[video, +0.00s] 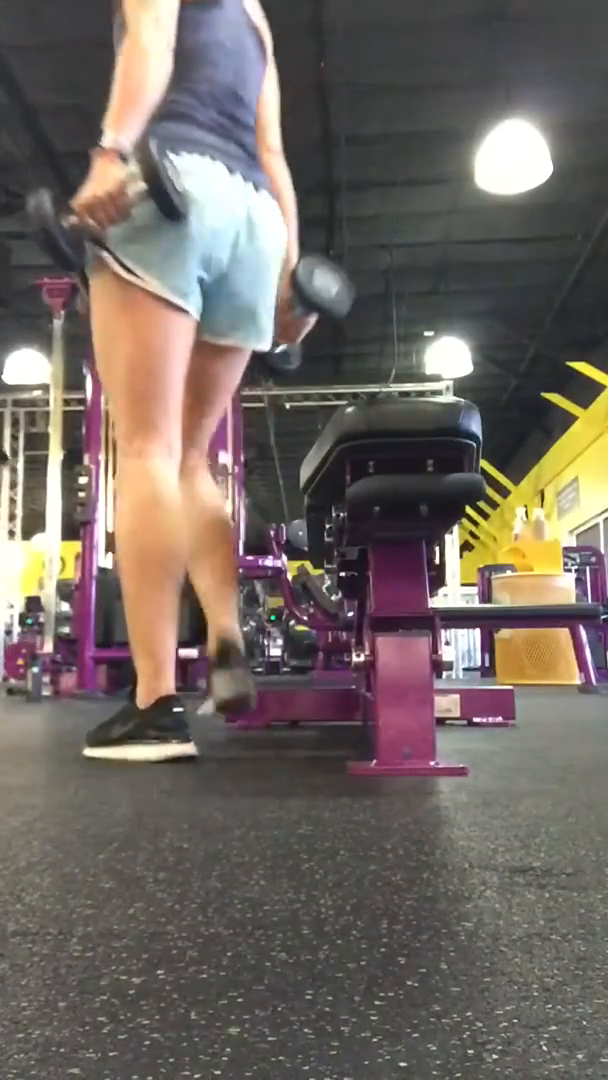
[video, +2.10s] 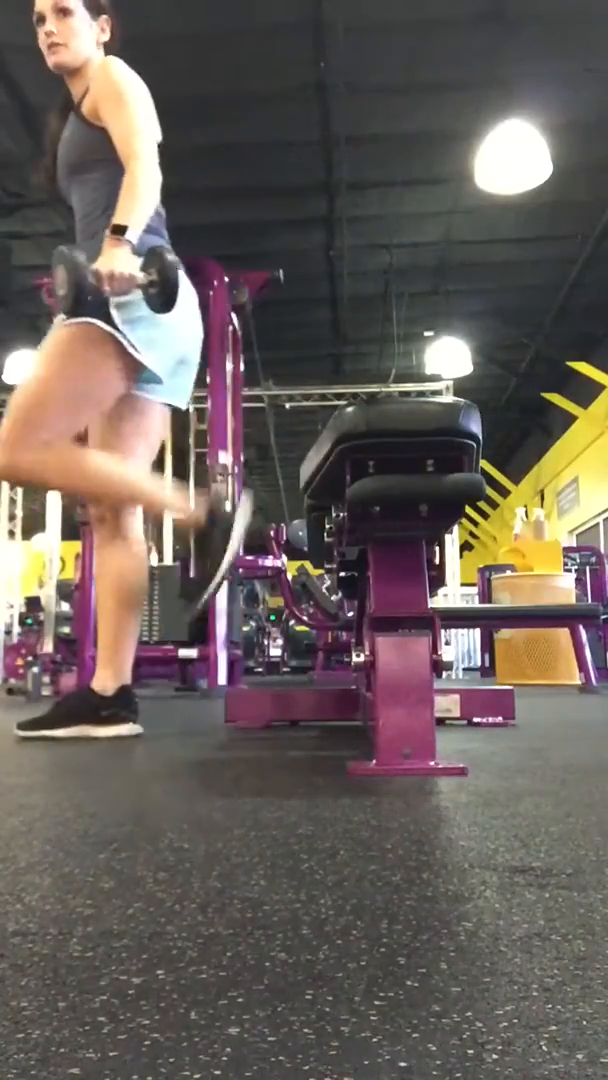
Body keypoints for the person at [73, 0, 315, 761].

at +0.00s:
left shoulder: (161, 3)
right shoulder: (254, 21)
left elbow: (148, 47)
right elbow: (269, 149)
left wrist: (110, 152)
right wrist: (287, 266)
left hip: (166, 182)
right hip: (258, 211)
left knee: (146, 452)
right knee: (192, 457)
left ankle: (155, 702)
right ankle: (226, 633)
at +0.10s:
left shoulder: (168, 3)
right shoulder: (243, 42)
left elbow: (172, 65)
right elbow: (258, 180)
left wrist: (136, 165)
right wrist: (269, 293)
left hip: (180, 213)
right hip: (254, 236)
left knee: (152, 459)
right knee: (210, 473)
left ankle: (156, 699)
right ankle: (235, 680)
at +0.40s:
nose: (140, 8)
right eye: (134, 3)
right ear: (140, 16)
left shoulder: (212, 42)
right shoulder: (187, 77)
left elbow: (252, 132)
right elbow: (211, 188)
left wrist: (238, 221)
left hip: (224, 270)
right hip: (260, 279)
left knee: (166, 457)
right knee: (221, 497)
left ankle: (199, 669)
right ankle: (252, 689)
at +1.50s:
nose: (79, 26)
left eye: (87, 8)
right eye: (69, 18)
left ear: (128, 1)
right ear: (72, 27)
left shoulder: (167, 49)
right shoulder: (135, 91)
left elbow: (201, 149)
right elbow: (155, 201)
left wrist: (191, 250)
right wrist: (143, 277)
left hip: (199, 283)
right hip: (162, 291)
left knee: (185, 476)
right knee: (121, 488)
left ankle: (219, 691)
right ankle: (165, 674)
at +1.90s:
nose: (48, 27)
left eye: (62, 12)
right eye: (39, 18)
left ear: (102, 19)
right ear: (38, 33)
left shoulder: (118, 73)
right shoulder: (91, 102)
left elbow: (156, 166)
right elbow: (118, 205)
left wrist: (145, 248)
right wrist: (101, 283)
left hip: (145, 289)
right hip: (143, 293)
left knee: (90, 478)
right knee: (115, 495)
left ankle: (195, 662)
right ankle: (107, 687)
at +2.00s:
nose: (47, 30)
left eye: (61, 16)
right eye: (38, 21)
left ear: (100, 25)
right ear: (38, 38)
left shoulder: (112, 76)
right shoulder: (90, 103)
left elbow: (150, 165)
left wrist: (131, 244)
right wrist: (92, 280)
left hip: (133, 292)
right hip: (165, 300)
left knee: (44, 461)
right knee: (117, 501)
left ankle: (185, 604)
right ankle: (110, 689)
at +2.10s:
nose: (48, 30)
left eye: (63, 16)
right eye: (40, 21)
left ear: (102, 27)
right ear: (39, 37)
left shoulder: (112, 79)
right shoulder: (87, 104)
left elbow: (143, 167)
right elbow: (105, 208)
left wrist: (116, 240)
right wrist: (81, 278)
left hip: (129, 293)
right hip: (159, 300)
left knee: (21, 448)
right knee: (113, 504)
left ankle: (196, 507)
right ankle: (109, 690)